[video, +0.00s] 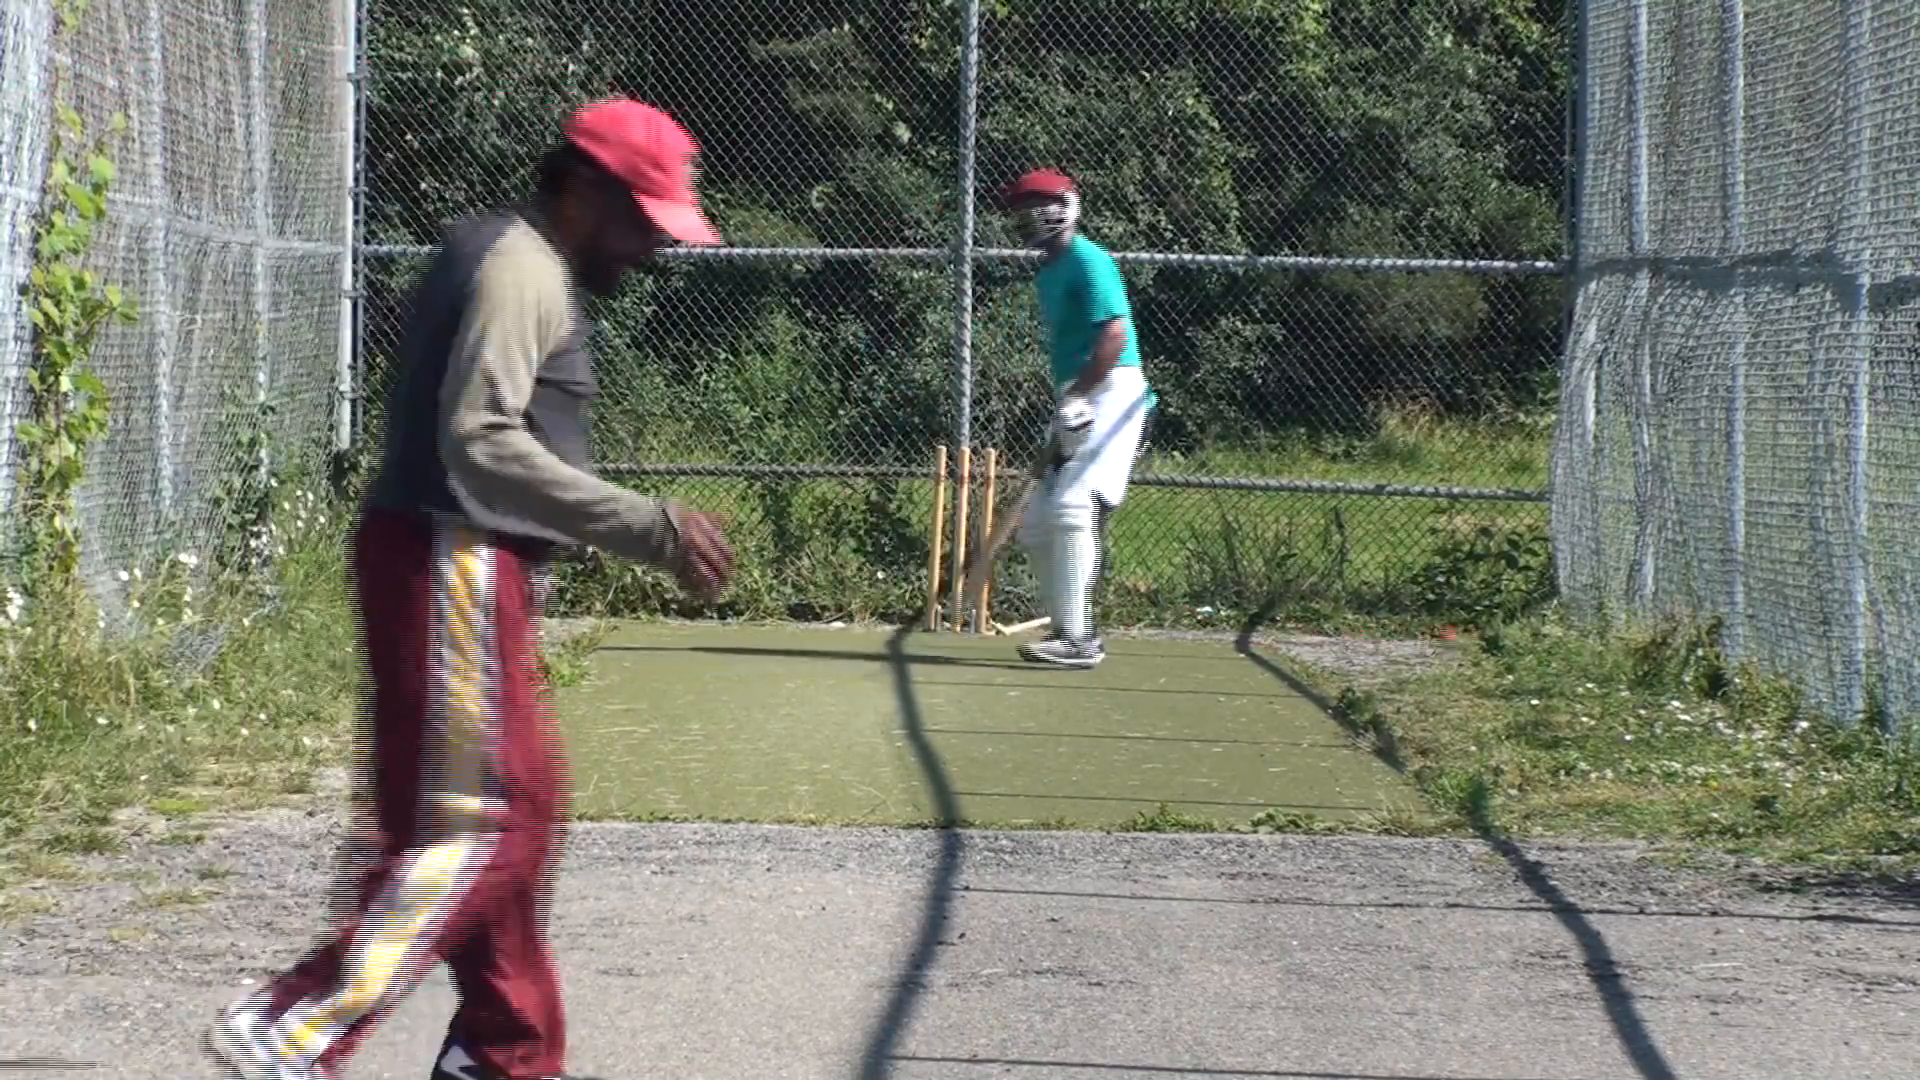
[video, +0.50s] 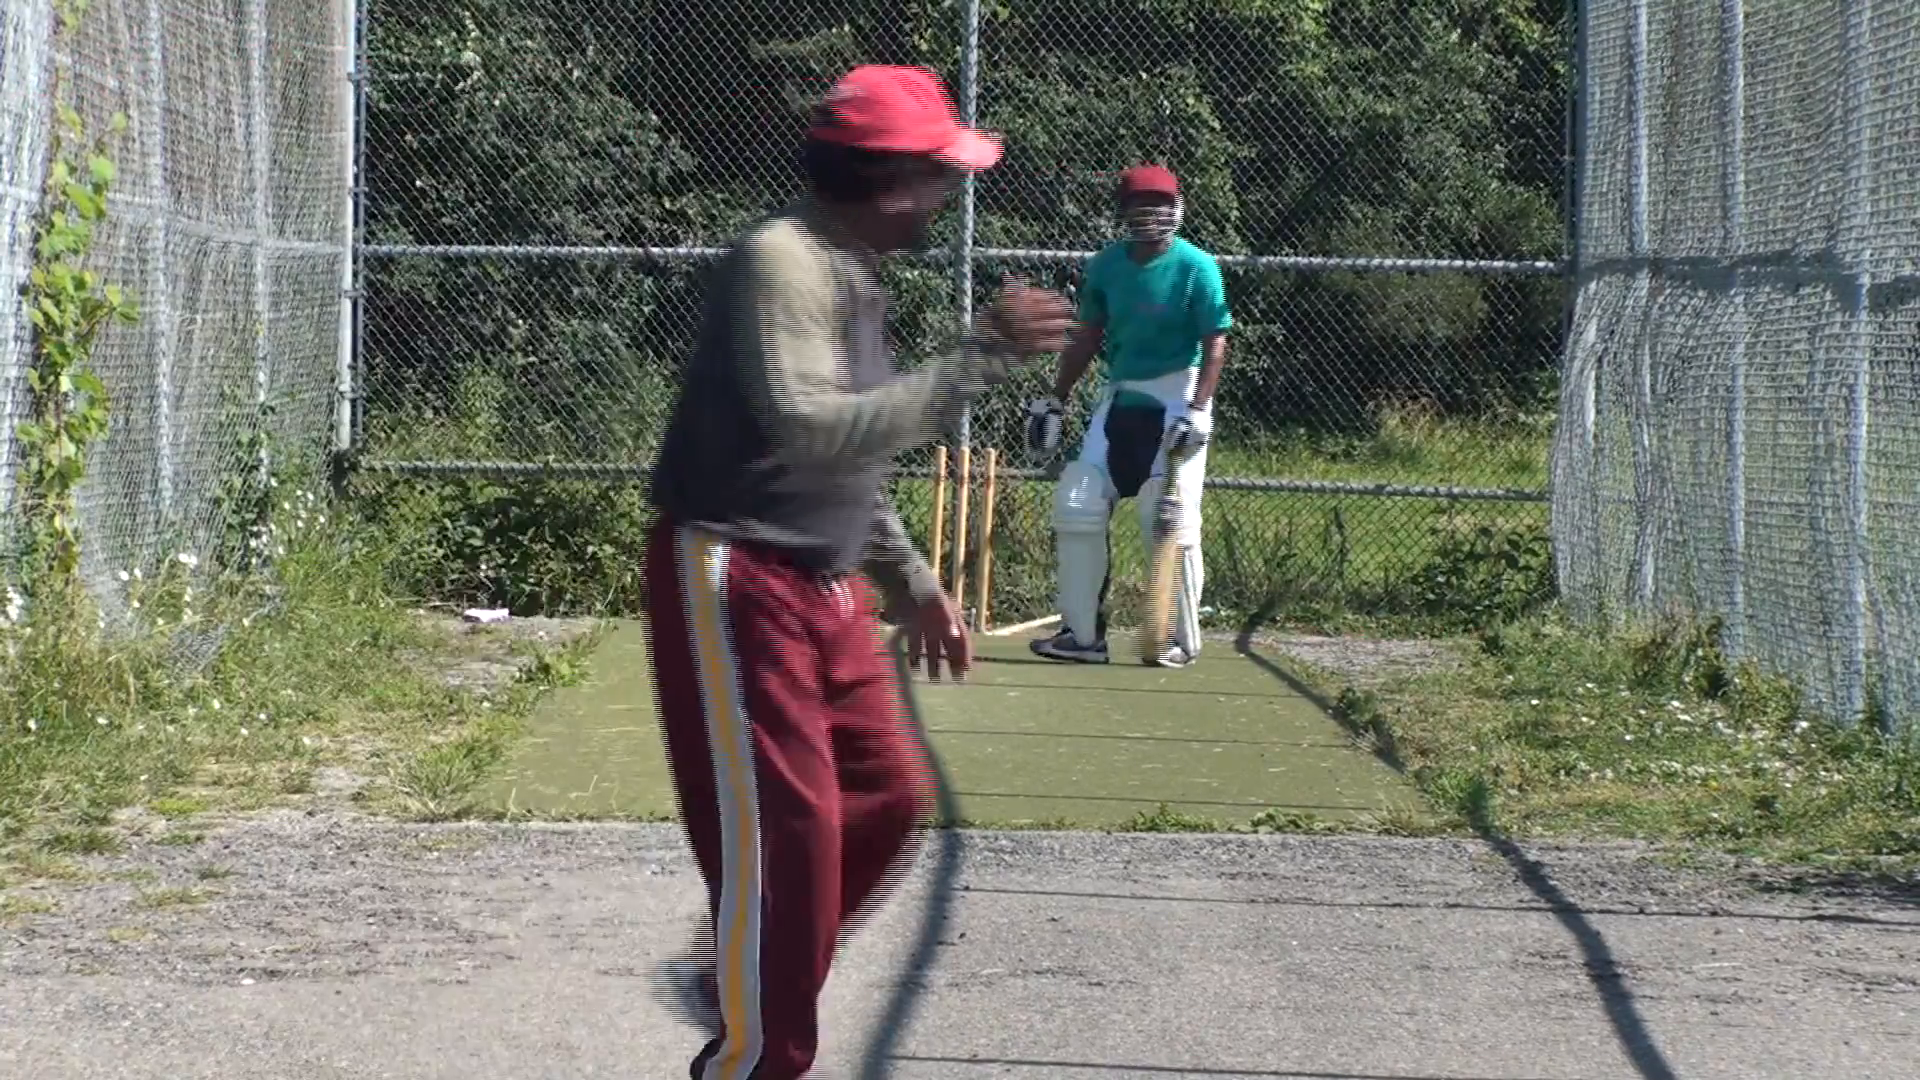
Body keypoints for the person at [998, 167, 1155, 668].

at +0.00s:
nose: (1046, 218)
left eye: (1054, 207)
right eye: (1033, 213)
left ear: (1073, 208)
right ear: (1021, 223)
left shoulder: (1088, 260)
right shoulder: (1048, 273)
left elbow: (1114, 337)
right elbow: (1070, 349)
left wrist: (1074, 399)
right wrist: (1060, 419)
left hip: (1115, 394)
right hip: (1082, 397)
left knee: (1070, 505)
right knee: (1039, 517)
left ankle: (1077, 635)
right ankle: (1066, 626)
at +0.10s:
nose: (1064, 217)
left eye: (1074, 207)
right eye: (1051, 211)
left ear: (1092, 208)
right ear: (1038, 219)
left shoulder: (1113, 259)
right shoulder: (1053, 272)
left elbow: (1137, 333)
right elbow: (1073, 341)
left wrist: (1099, 391)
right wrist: (1073, 410)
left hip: (1132, 392)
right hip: (1084, 394)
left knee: (1098, 504)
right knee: (1053, 519)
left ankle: (1122, 639)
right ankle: (1068, 636)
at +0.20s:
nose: (1089, 212)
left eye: (1097, 202)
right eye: (1076, 204)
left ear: (1114, 206)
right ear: (1062, 215)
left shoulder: (1134, 261)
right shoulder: (1064, 272)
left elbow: (1161, 339)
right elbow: (1070, 341)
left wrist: (1119, 399)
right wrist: (1063, 406)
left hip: (1147, 396)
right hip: (1094, 398)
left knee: (1129, 515)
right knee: (1056, 510)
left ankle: (1163, 635)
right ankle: (1076, 635)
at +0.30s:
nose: (1110, 219)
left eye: (1119, 209)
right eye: (1098, 211)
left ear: (1133, 214)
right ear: (1081, 220)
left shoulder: (1156, 268)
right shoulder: (1080, 272)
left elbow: (1180, 351)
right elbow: (1075, 341)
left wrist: (1150, 414)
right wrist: (1050, 411)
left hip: (1164, 398)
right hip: (1109, 401)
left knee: (1153, 520)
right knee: (1059, 509)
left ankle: (1177, 640)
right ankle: (1076, 636)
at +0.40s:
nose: (1128, 221)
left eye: (1138, 210)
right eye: (1116, 213)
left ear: (1156, 214)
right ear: (1103, 220)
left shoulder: (1179, 272)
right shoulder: (1093, 273)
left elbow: (1200, 350)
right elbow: (1080, 341)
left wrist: (1177, 417)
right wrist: (1050, 403)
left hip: (1174, 400)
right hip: (1115, 400)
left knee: (1166, 522)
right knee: (1072, 507)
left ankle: (1178, 641)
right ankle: (1078, 637)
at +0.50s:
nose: (1151, 215)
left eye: (1161, 205)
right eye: (1140, 207)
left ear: (1178, 210)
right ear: (1123, 213)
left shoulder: (1197, 268)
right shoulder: (1103, 267)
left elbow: (1215, 344)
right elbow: (1085, 336)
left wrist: (1197, 414)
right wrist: (1055, 398)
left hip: (1177, 400)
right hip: (1118, 399)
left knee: (1169, 517)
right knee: (1078, 506)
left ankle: (1178, 639)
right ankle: (1082, 634)